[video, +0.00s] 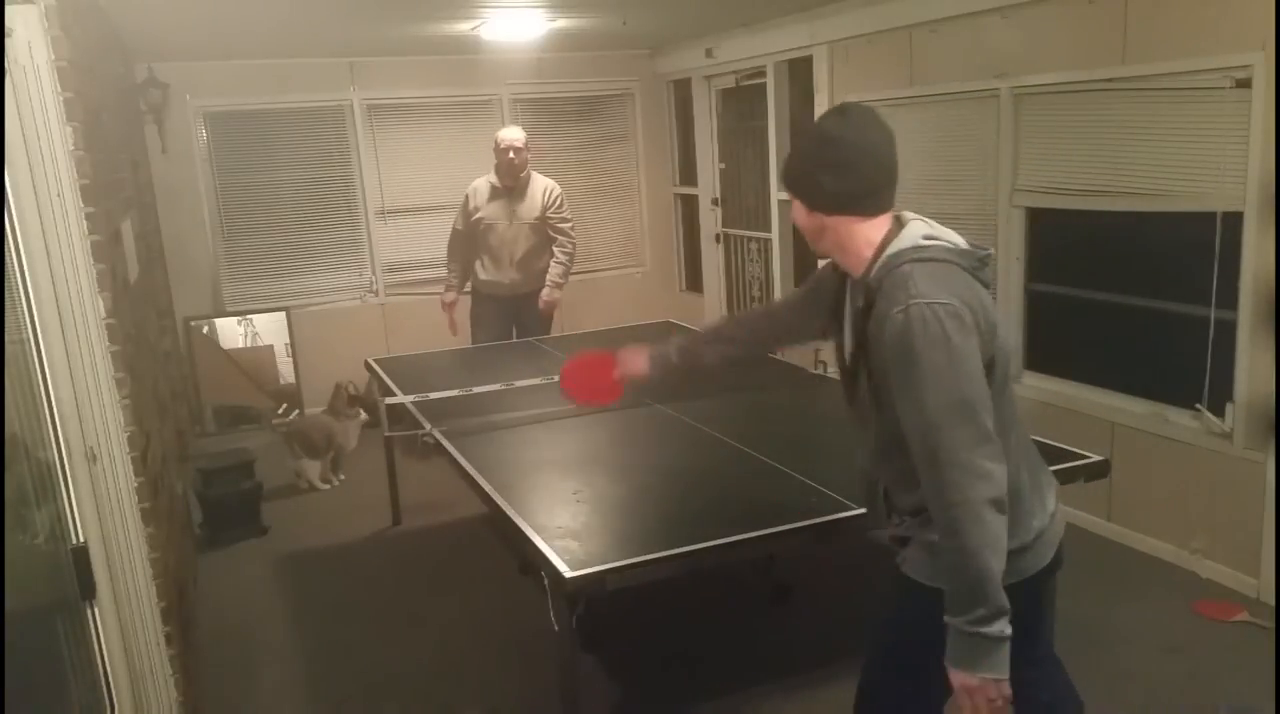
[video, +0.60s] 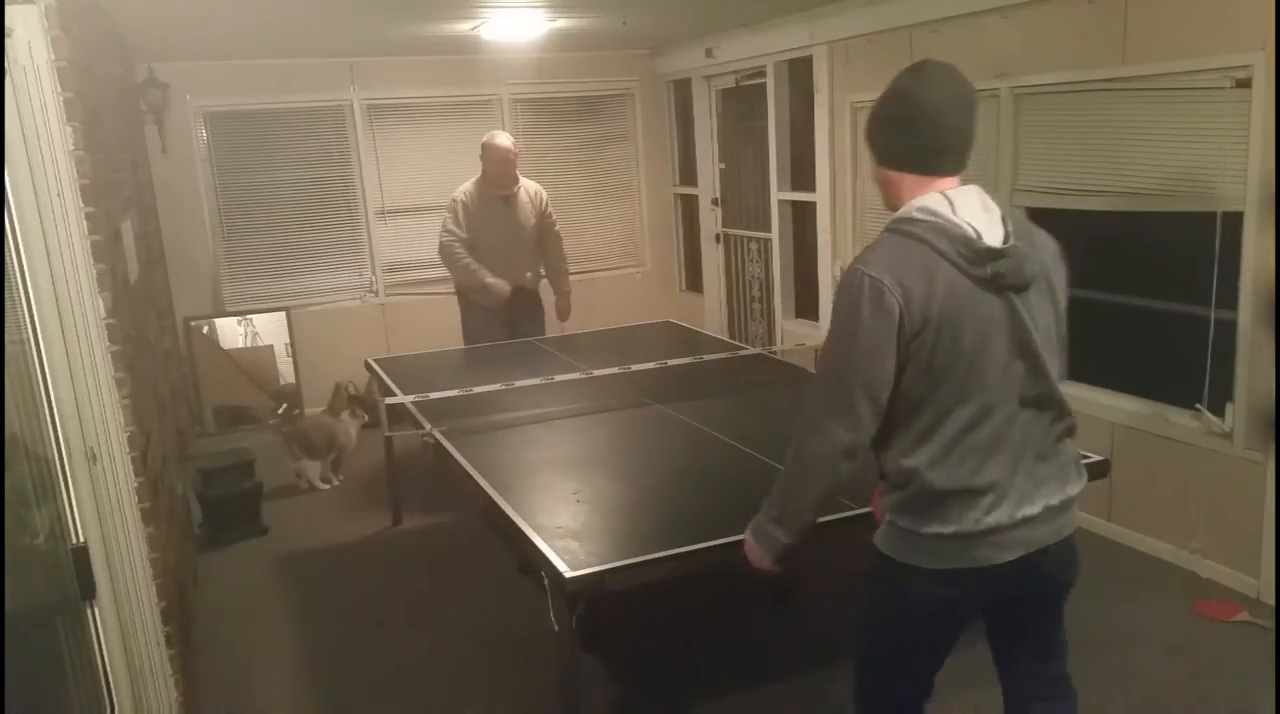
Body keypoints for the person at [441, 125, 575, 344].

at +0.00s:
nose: (511, 156)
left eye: (518, 150)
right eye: (504, 150)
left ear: (528, 152)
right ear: (495, 153)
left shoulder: (549, 192)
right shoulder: (477, 192)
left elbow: (564, 243)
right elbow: (460, 243)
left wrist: (553, 287)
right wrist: (453, 287)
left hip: (534, 298)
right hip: (488, 299)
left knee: (534, 367)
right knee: (487, 368)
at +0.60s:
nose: (502, 169)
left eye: (507, 162)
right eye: (495, 163)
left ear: (516, 158)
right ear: (482, 161)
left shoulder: (535, 194)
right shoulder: (464, 199)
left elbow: (552, 246)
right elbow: (449, 248)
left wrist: (563, 292)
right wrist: (487, 281)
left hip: (526, 299)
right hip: (481, 303)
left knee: (533, 371)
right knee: (488, 374)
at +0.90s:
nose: (514, 165)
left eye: (516, 158)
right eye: (506, 160)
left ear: (519, 157)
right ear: (489, 160)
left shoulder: (532, 194)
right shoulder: (469, 192)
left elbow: (546, 247)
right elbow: (440, 221)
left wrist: (554, 290)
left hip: (521, 296)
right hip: (477, 299)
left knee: (531, 364)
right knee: (485, 369)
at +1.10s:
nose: (513, 163)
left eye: (517, 155)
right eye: (505, 157)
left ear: (523, 155)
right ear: (489, 156)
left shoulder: (536, 194)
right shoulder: (467, 193)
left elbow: (548, 250)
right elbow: (427, 227)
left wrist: (554, 293)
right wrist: (461, 218)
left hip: (527, 299)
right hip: (482, 302)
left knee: (536, 369)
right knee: (489, 375)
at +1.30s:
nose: (513, 161)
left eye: (517, 153)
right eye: (505, 155)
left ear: (523, 153)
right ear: (489, 157)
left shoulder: (542, 193)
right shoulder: (470, 197)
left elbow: (558, 246)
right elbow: (444, 243)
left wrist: (564, 292)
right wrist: (464, 275)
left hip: (533, 305)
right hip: (488, 308)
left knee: (537, 374)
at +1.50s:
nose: (513, 160)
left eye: (517, 152)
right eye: (505, 154)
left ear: (524, 152)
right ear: (491, 156)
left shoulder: (546, 190)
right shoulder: (472, 197)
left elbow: (566, 240)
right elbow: (453, 247)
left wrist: (571, 285)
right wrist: (473, 284)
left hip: (538, 302)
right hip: (492, 307)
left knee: (541, 372)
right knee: (495, 372)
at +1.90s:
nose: (520, 164)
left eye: (524, 157)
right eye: (512, 158)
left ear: (530, 154)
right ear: (497, 157)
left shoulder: (549, 192)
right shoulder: (480, 196)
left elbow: (566, 242)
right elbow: (461, 245)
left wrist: (572, 288)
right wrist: (496, 280)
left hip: (540, 297)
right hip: (497, 300)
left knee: (543, 367)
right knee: (499, 369)